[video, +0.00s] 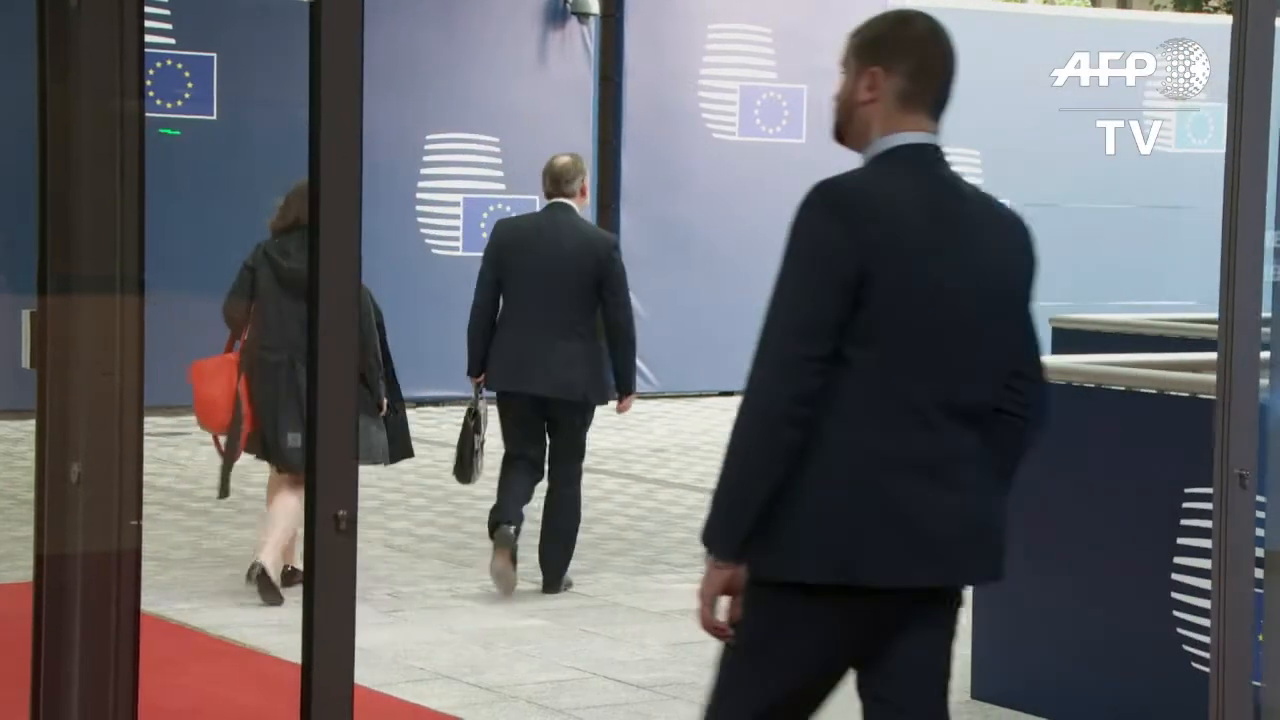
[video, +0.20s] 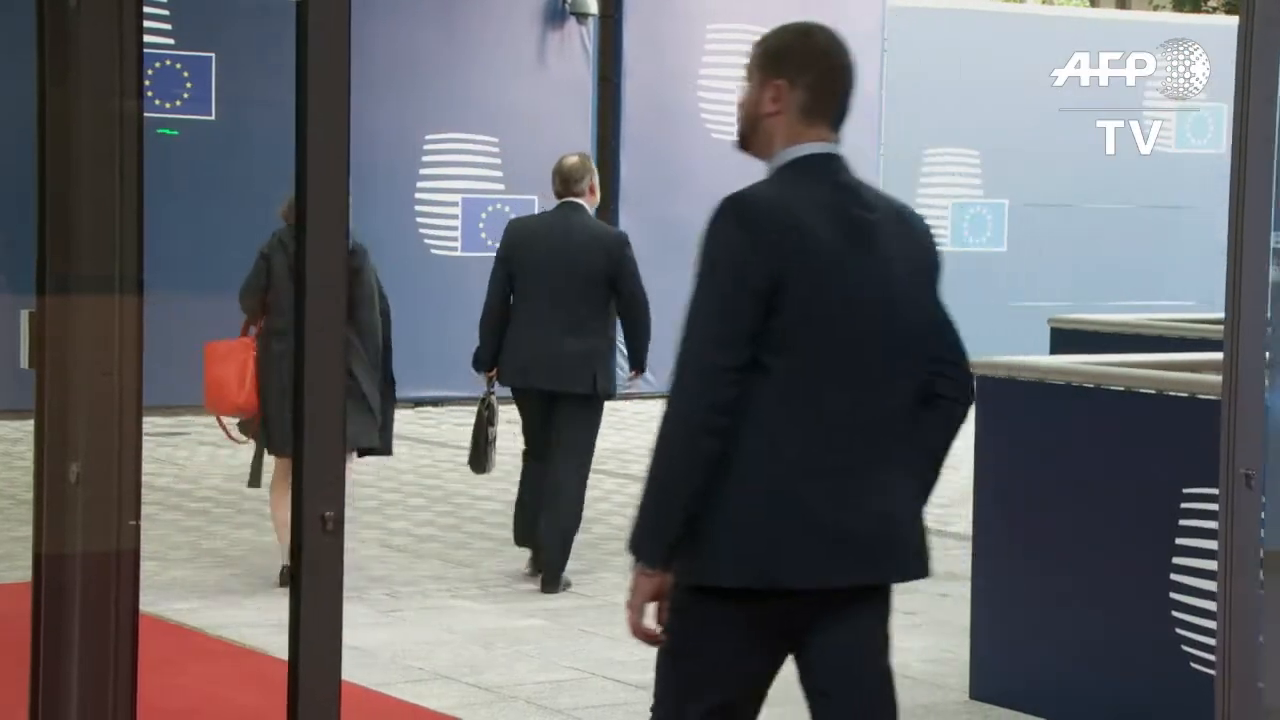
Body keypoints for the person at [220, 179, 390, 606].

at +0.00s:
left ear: (286, 212)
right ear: (328, 217)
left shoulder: (264, 256)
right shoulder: (339, 262)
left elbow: (234, 310)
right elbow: (366, 334)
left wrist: (249, 344)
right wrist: (377, 390)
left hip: (270, 374)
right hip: (321, 377)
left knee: (283, 474)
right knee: (295, 479)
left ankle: (290, 563)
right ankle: (267, 560)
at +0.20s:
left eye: (289, 208)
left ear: (292, 211)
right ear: (339, 206)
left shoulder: (278, 246)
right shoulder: (355, 252)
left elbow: (250, 303)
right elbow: (373, 325)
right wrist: (373, 380)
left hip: (286, 381)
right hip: (339, 384)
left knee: (285, 474)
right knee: (334, 475)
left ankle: (291, 560)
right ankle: (325, 562)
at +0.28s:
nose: (356, 206)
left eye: (350, 197)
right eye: (354, 199)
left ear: (306, 201)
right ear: (351, 206)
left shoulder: (284, 249)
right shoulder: (360, 257)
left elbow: (257, 301)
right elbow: (374, 328)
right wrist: (377, 381)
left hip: (286, 378)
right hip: (343, 378)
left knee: (285, 471)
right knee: (346, 464)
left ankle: (290, 558)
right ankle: (342, 547)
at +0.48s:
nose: (387, 218)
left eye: (385, 211)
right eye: (385, 212)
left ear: (341, 214)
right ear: (378, 217)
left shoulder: (315, 255)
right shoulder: (384, 265)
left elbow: (288, 309)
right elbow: (393, 331)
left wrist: (290, 377)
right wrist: (395, 388)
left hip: (314, 371)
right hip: (362, 374)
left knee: (310, 464)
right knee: (366, 463)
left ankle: (304, 546)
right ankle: (366, 541)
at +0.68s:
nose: (428, 211)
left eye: (426, 204)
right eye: (425, 205)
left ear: (378, 208)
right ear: (418, 211)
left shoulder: (352, 256)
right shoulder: (427, 260)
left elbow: (335, 318)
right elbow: (444, 331)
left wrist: (333, 376)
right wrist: (448, 389)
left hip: (359, 368)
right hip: (409, 370)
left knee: (364, 452)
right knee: (395, 461)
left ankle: (342, 508)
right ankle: (382, 544)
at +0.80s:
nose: (446, 210)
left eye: (444, 203)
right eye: (444, 204)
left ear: (400, 204)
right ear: (436, 209)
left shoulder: (378, 248)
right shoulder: (449, 255)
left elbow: (351, 298)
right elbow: (462, 314)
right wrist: (469, 369)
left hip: (386, 361)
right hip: (433, 363)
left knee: (397, 444)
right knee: (419, 442)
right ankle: (396, 534)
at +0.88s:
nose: (457, 210)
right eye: (455, 204)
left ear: (414, 207)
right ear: (450, 209)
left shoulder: (396, 246)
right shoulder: (461, 249)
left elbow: (368, 297)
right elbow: (470, 307)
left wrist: (392, 317)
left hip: (399, 358)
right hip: (442, 357)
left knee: (416, 442)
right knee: (419, 443)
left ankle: (426, 526)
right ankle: (409, 531)